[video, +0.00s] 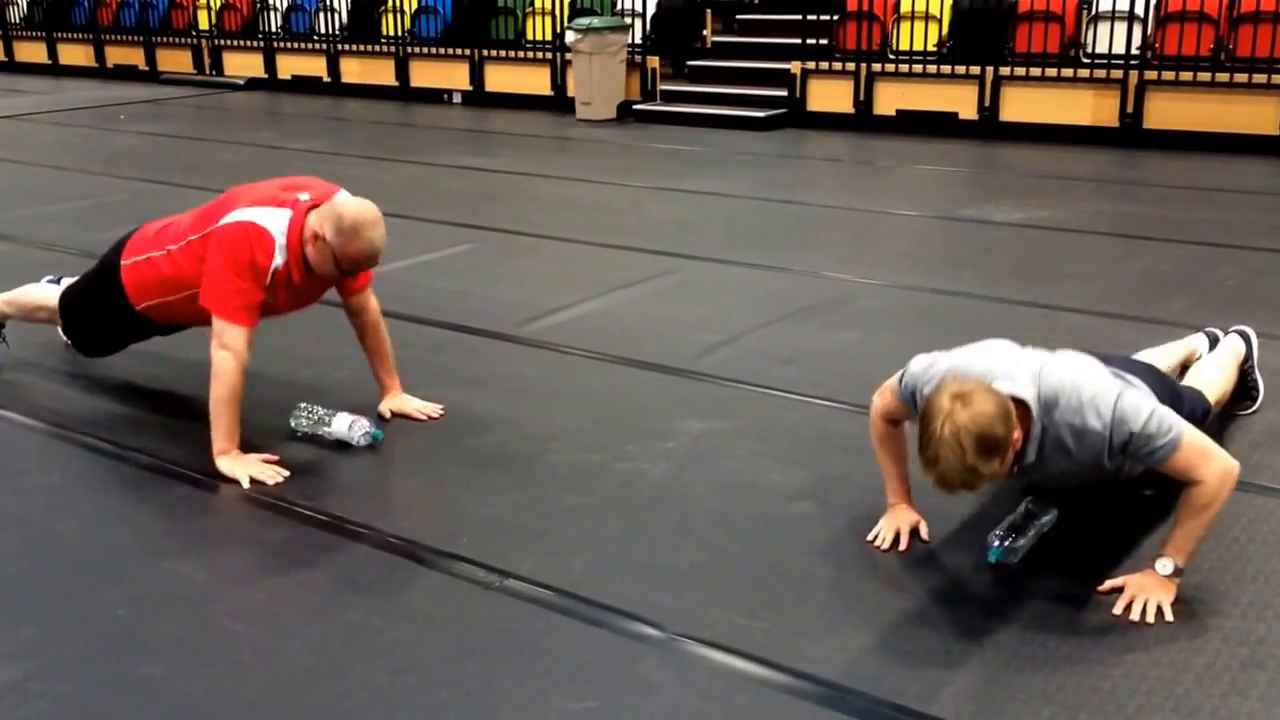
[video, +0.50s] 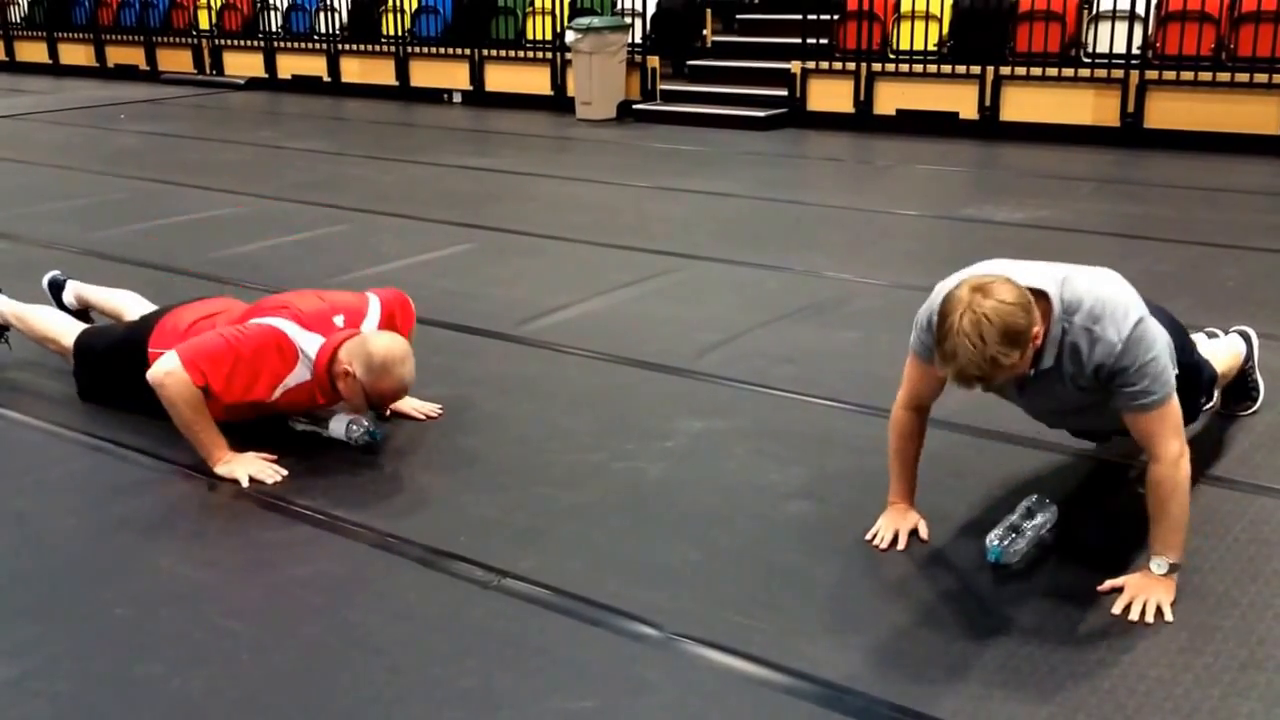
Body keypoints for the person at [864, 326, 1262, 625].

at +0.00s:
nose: (986, 487)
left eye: (990, 477)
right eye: (968, 481)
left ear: (1014, 439)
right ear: (936, 431)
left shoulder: (1104, 413)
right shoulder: (937, 377)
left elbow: (1219, 471)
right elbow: (883, 409)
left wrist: (1165, 571)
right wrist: (898, 503)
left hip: (1142, 400)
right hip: (1087, 372)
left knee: (1195, 397)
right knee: (1138, 369)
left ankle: (1236, 346)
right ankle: (1200, 341)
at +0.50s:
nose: (992, 386)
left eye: (1003, 375)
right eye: (980, 378)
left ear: (1035, 336)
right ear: (953, 341)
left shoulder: (1122, 334)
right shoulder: (945, 315)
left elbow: (1169, 454)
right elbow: (911, 406)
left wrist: (1161, 569)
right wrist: (899, 502)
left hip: (1148, 377)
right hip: (1064, 400)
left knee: (1198, 385)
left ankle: (1236, 351)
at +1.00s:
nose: (988, 488)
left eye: (991, 478)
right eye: (969, 485)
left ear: (1013, 438)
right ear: (935, 431)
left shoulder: (1105, 413)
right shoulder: (939, 376)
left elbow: (1217, 473)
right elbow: (880, 409)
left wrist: (1162, 572)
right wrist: (896, 502)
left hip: (1142, 405)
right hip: (1088, 379)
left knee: (1194, 398)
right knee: (1135, 373)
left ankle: (1235, 346)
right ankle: (1199, 340)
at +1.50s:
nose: (979, 483)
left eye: (984, 475)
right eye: (962, 478)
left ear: (1009, 432)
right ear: (932, 427)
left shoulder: (1100, 407)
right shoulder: (930, 372)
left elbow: (1210, 469)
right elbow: (880, 412)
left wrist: (1158, 572)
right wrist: (893, 503)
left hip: (1137, 398)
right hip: (1087, 372)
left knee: (1193, 393)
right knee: (1133, 365)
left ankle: (1235, 346)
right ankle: (1201, 339)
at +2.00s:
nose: (984, 395)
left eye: (994, 383)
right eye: (970, 386)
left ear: (1026, 340)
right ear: (946, 349)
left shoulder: (1115, 338)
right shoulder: (939, 317)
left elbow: (1164, 455)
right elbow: (906, 408)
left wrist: (1155, 569)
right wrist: (895, 504)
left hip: (1145, 376)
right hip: (1059, 399)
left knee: (1195, 379)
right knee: (1114, 425)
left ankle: (1234, 349)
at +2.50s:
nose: (987, 494)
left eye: (989, 485)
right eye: (974, 491)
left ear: (1013, 447)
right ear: (933, 433)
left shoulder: (1103, 421)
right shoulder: (940, 382)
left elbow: (1217, 475)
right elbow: (877, 410)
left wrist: (1158, 573)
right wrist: (893, 504)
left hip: (1136, 404)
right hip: (1072, 376)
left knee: (1192, 400)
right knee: (1131, 375)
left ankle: (1233, 346)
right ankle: (1195, 341)